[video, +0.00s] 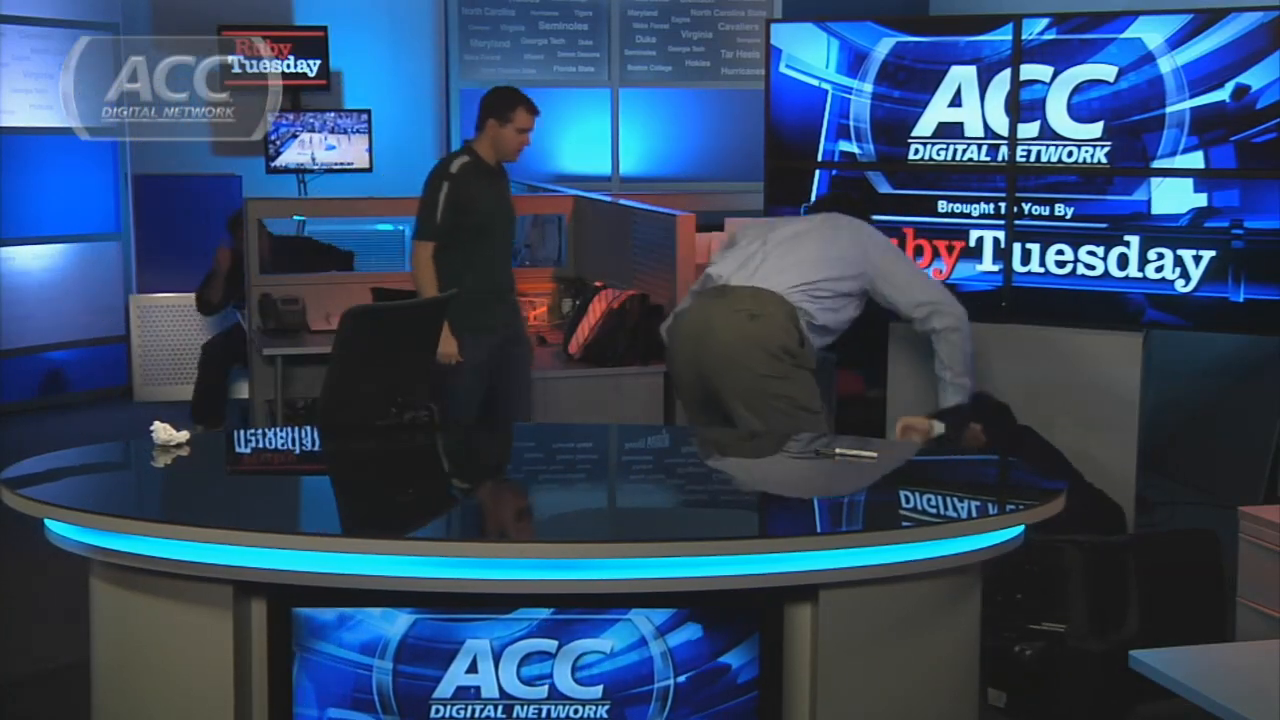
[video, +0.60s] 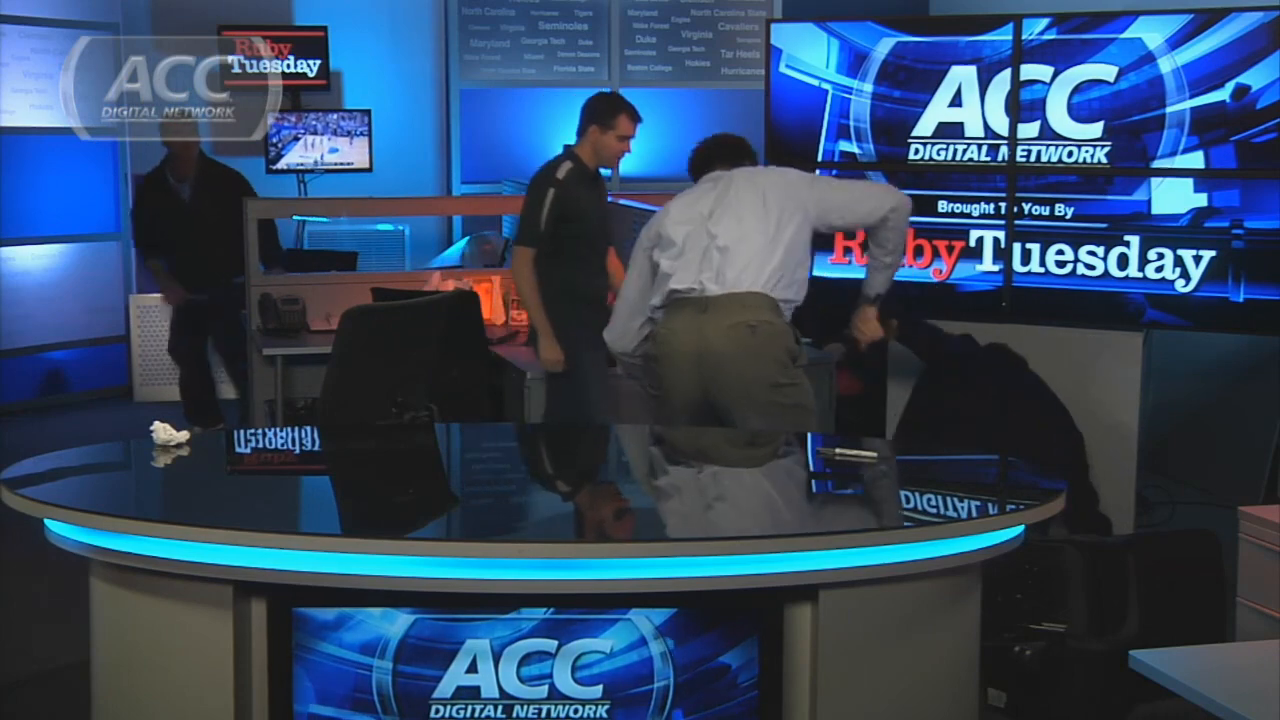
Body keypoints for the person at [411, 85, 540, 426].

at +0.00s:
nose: (526, 141)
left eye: (529, 133)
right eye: (520, 131)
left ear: (497, 128)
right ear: (492, 126)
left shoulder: (498, 176)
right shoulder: (449, 173)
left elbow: (494, 256)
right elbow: (422, 254)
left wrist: (513, 318)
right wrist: (439, 326)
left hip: (504, 324)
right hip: (464, 328)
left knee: (500, 434)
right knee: (460, 434)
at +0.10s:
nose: (544, 140)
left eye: (546, 131)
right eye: (538, 130)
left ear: (518, 127)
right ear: (509, 123)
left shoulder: (516, 178)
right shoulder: (467, 172)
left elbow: (514, 260)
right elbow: (435, 250)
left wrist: (537, 316)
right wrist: (448, 321)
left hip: (518, 320)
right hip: (479, 321)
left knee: (518, 426)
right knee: (484, 428)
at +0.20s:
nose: (559, 140)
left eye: (562, 131)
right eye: (554, 130)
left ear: (533, 125)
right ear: (526, 123)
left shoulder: (532, 177)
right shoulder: (482, 171)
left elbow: (538, 259)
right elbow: (449, 250)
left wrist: (571, 319)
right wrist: (462, 324)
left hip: (531, 322)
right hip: (492, 323)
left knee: (532, 428)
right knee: (506, 432)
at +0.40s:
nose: (593, 142)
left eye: (595, 134)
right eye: (588, 132)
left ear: (567, 128)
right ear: (561, 125)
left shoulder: (564, 180)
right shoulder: (516, 172)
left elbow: (573, 251)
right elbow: (483, 251)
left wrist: (612, 311)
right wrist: (496, 328)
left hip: (556, 323)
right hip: (523, 322)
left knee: (556, 427)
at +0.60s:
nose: (627, 149)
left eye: (630, 140)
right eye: (622, 139)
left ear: (597, 134)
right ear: (594, 132)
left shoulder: (595, 182)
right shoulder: (551, 180)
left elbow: (604, 254)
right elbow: (521, 262)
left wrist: (638, 303)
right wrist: (544, 334)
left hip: (591, 323)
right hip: (563, 326)